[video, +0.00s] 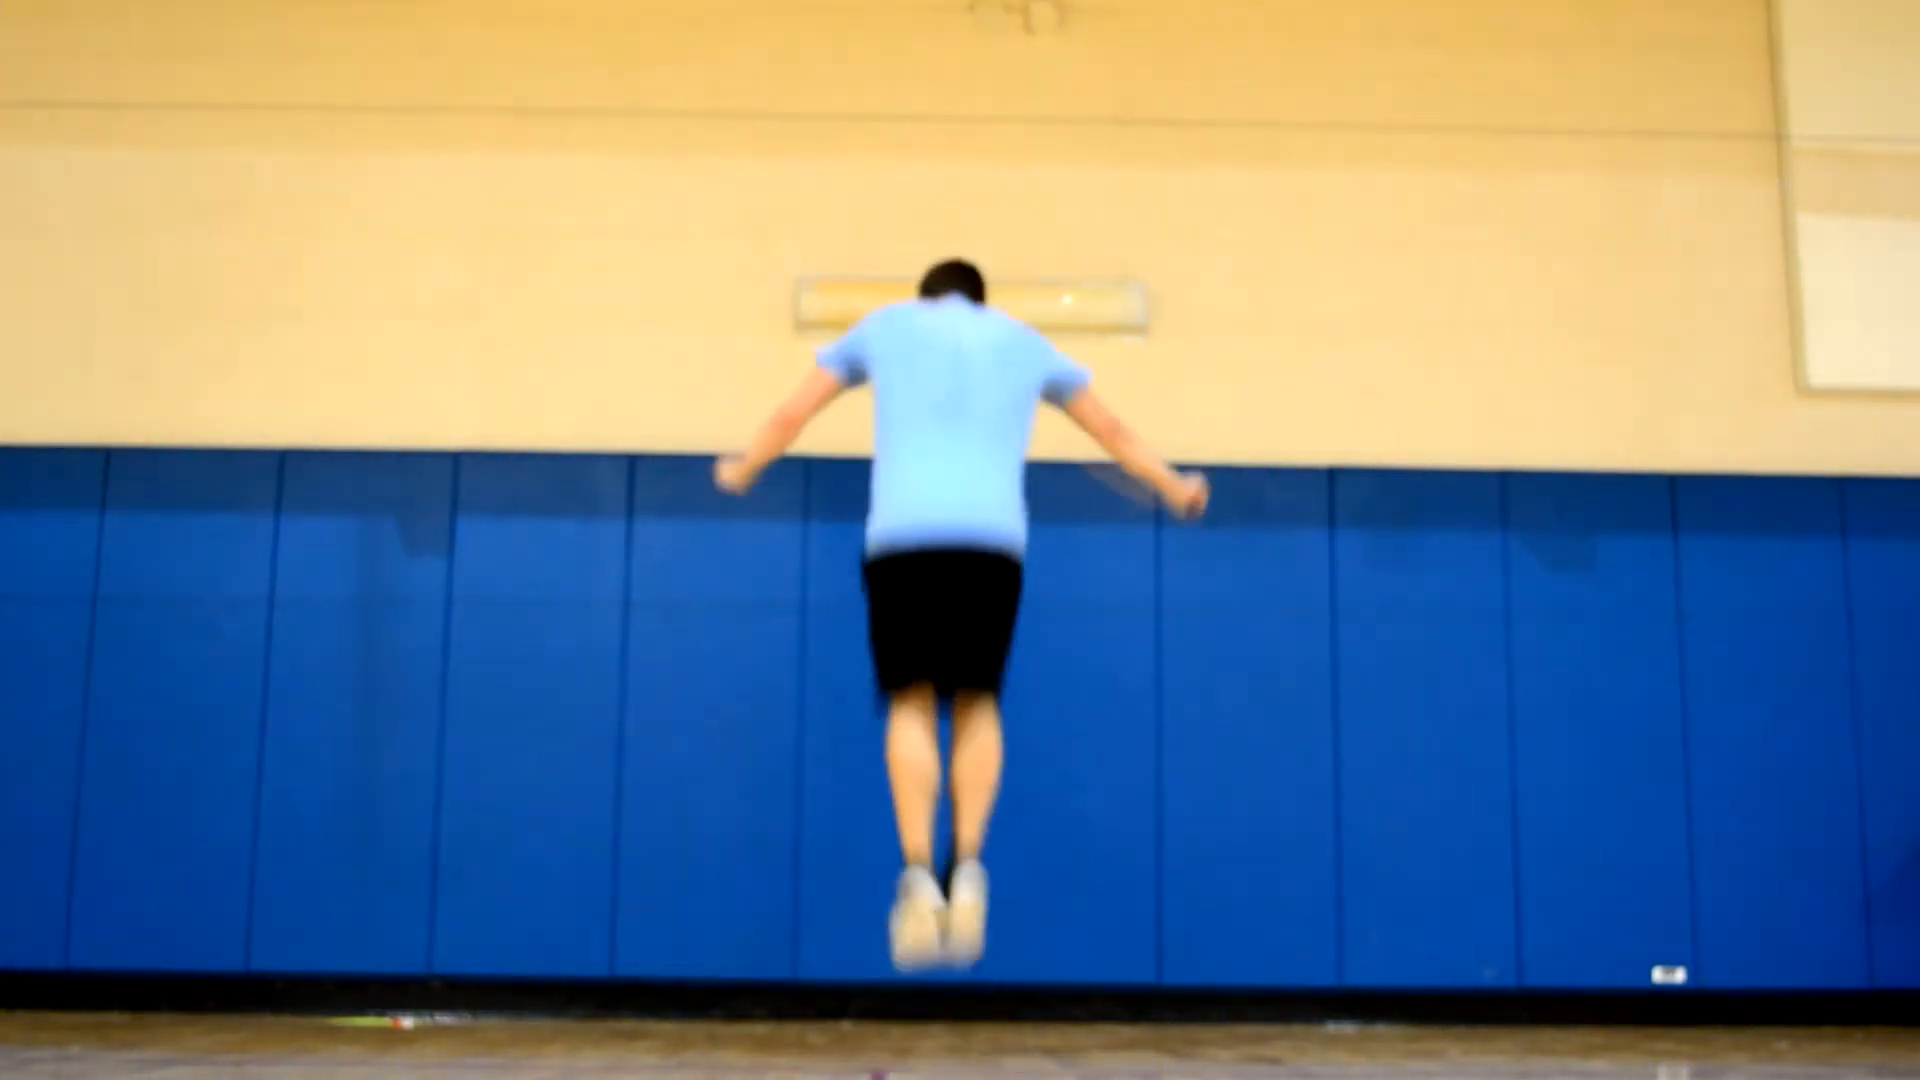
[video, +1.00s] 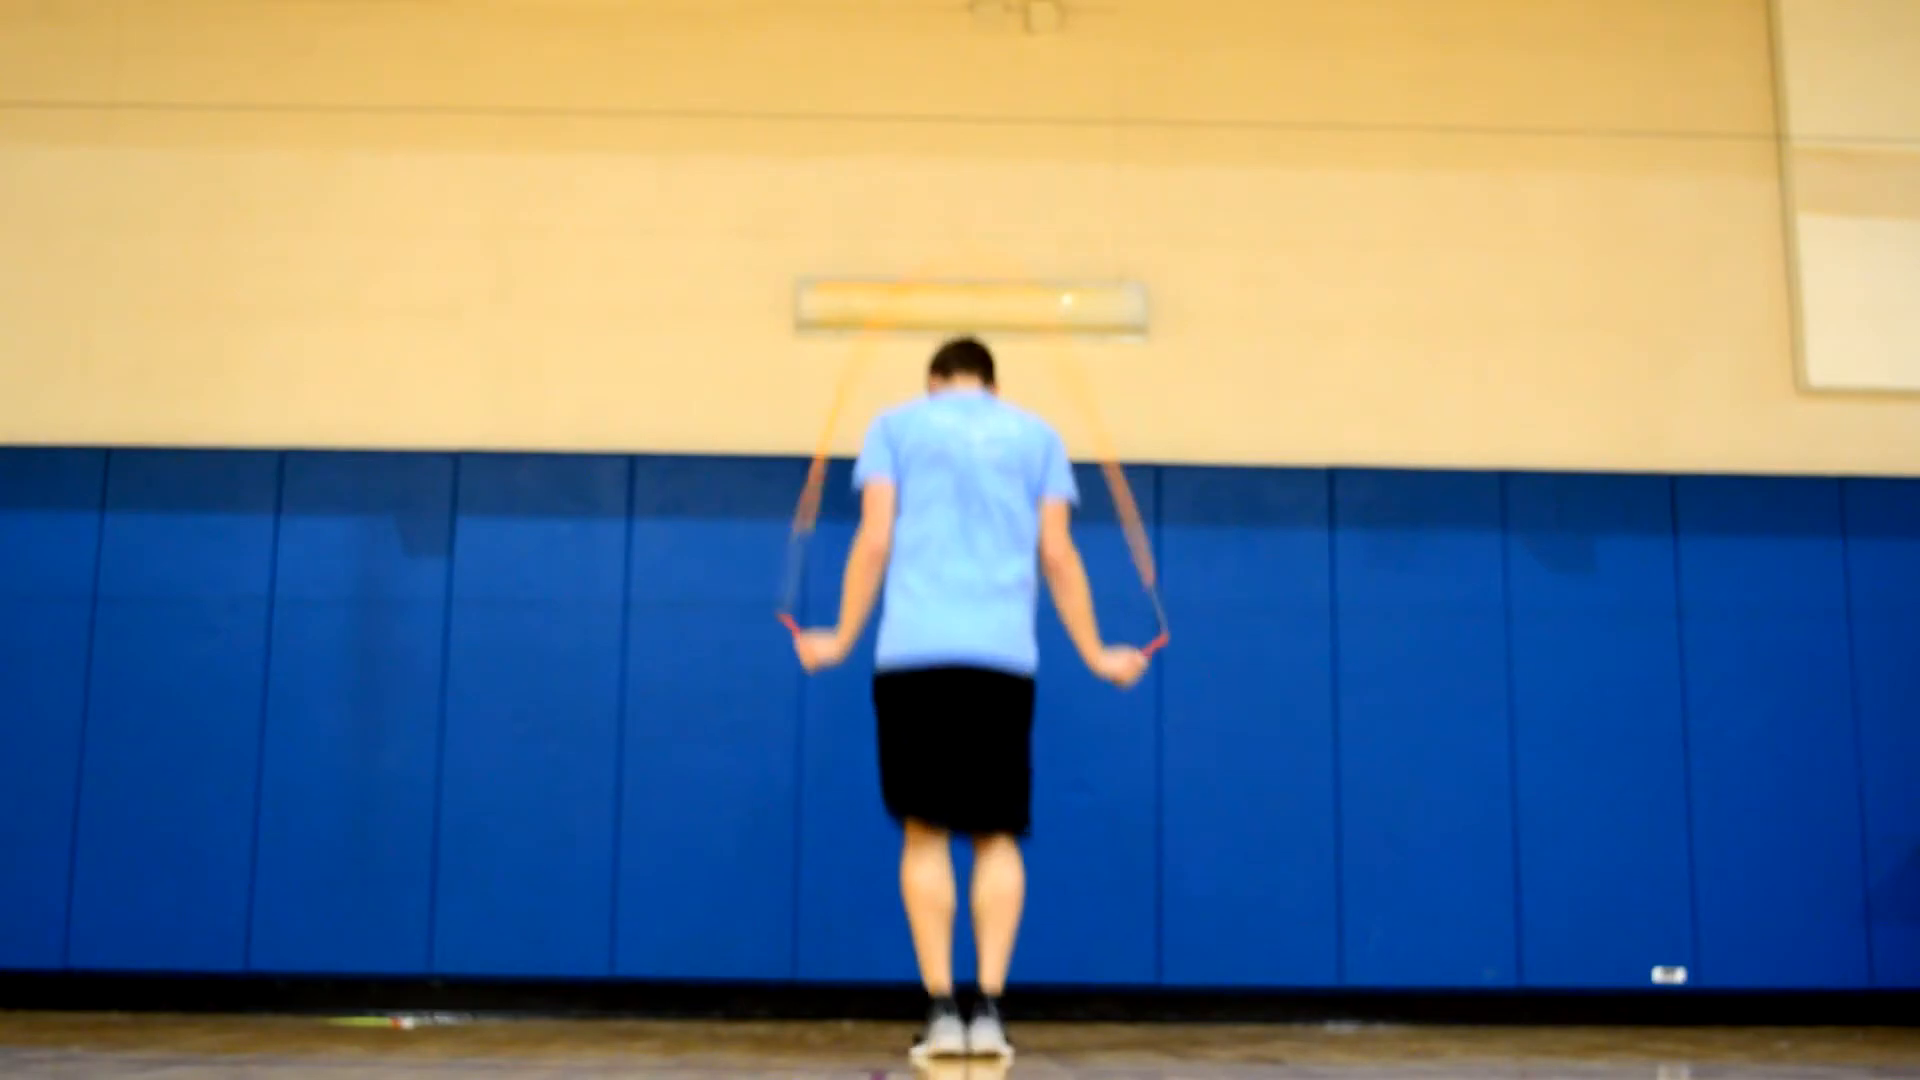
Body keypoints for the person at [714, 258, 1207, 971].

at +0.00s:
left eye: (934, 297)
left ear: (921, 297)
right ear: (985, 301)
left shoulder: (885, 326)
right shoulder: (1021, 341)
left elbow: (795, 410)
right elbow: (1107, 428)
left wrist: (743, 467)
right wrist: (1174, 488)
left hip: (900, 542)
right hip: (991, 545)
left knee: (910, 701)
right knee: (978, 701)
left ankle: (919, 874)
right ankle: (967, 868)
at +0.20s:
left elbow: (867, 468)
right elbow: (1013, 500)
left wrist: (952, 514)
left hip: (909, 372)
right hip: (1003, 369)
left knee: (916, 536)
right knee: (970, 529)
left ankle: (914, 665)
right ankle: (949, 655)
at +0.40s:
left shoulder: (885, 405)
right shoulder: (1016, 418)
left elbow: (846, 501)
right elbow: (1028, 552)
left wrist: (845, 598)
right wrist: (1034, 639)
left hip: (906, 474)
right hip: (995, 473)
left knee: (909, 628)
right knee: (962, 624)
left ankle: (905, 809)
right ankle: (951, 798)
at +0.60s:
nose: (932, 458)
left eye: (926, 451)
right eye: (946, 451)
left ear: (916, 450)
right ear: (975, 455)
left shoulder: (890, 475)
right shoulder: (1023, 501)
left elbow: (847, 546)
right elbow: (1067, 596)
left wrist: (759, 594)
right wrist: (1143, 664)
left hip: (896, 706)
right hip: (985, 714)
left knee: (876, 861)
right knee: (982, 864)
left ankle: (909, 1011)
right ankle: (964, 1013)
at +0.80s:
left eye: (934, 352)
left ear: (926, 352)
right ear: (987, 354)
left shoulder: (892, 380)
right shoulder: (1033, 393)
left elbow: (855, 485)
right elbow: (1059, 508)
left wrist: (793, 584)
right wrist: (1106, 613)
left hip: (907, 608)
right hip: (995, 612)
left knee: (913, 776)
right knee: (979, 779)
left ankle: (931, 948)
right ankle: (962, 950)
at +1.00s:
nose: (947, 394)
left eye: (942, 384)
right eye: (964, 384)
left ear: (931, 382)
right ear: (994, 384)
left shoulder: (893, 427)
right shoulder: (1038, 436)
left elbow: (875, 540)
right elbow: (1057, 553)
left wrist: (842, 637)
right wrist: (1096, 652)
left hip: (914, 664)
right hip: (1001, 666)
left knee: (924, 833)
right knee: (998, 836)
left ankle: (944, 1012)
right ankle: (988, 1011)